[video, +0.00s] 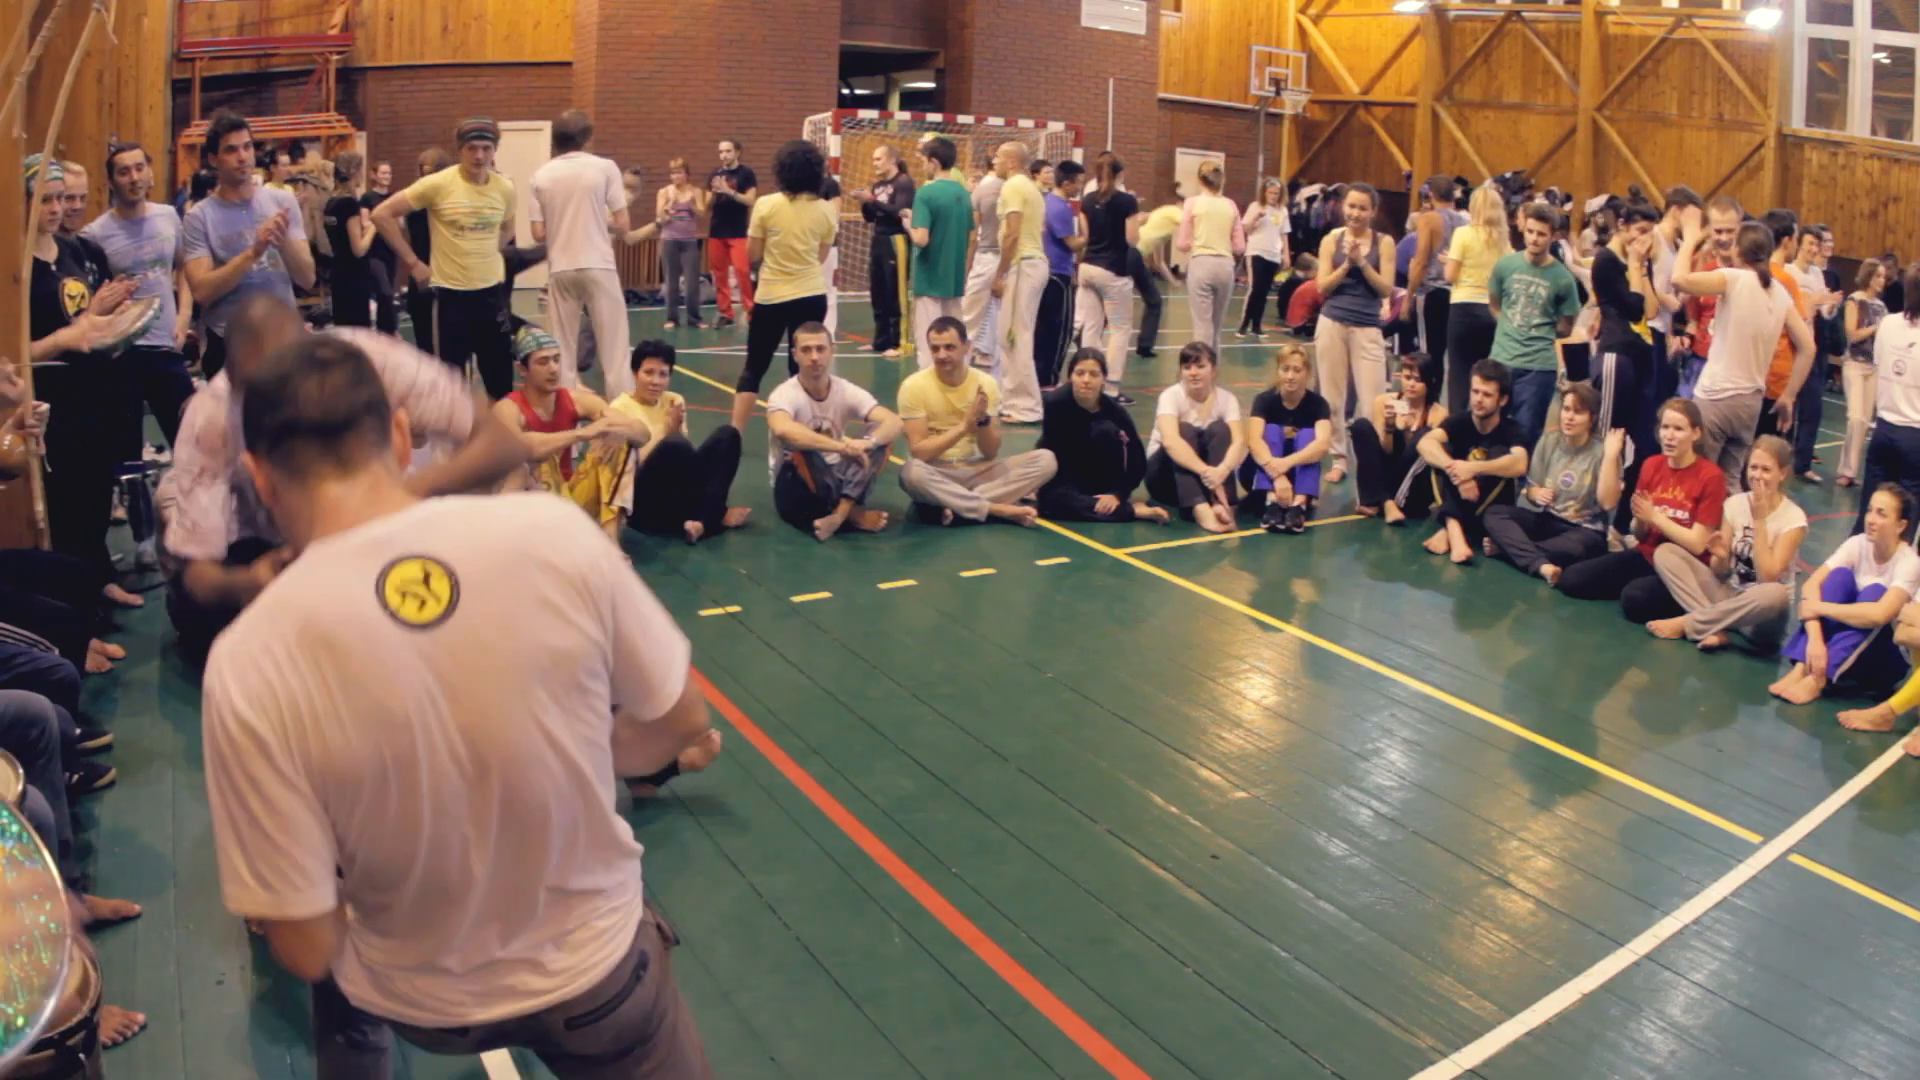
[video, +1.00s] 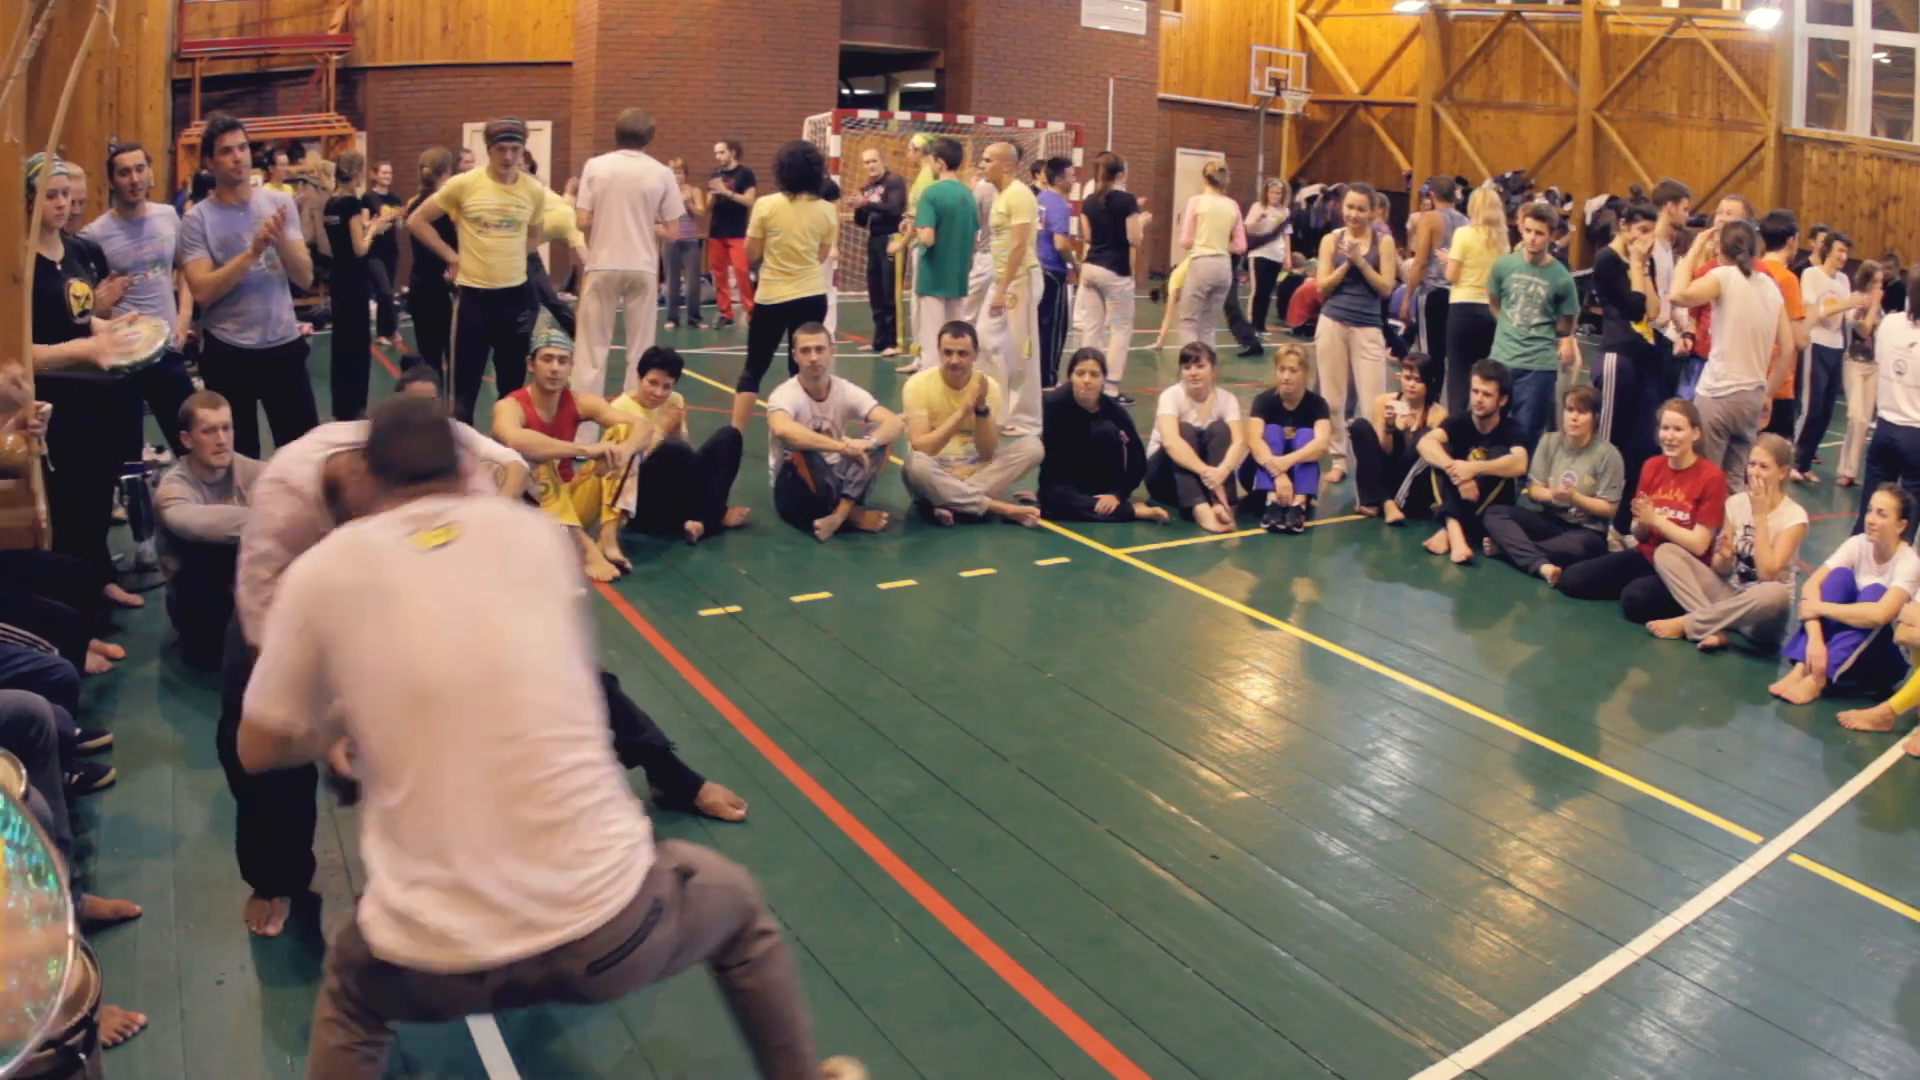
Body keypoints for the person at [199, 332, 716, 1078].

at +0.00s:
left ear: (258, 476)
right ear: (402, 433)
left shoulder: (253, 662)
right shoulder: (554, 533)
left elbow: (306, 953)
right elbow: (674, 720)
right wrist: (552, 755)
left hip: (413, 999)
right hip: (595, 973)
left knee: (337, 975)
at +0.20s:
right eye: (394, 427)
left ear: (231, 489)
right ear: (375, 445)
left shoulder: (231, 683)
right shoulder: (529, 529)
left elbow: (274, 929)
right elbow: (606, 699)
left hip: (418, 997)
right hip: (598, 967)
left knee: (332, 969)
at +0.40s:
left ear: (145, 443)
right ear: (276, 381)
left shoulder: (165, 615)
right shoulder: (406, 446)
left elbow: (186, 751)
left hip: (393, 973)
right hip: (567, 920)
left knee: (298, 963)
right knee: (652, 1068)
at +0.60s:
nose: (271, 469)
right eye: (243, 464)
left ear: (107, 547)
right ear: (213, 478)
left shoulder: (108, 672)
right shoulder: (315, 511)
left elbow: (187, 766)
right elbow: (391, 631)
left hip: (356, 1002)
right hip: (528, 936)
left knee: (272, 993)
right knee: (644, 1010)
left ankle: (285, 1063)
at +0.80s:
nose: (285, 513)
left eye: (285, 493)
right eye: (271, 508)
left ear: (171, 589)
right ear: (263, 523)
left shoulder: (160, 691)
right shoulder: (362, 559)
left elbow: (236, 791)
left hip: (391, 1020)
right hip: (557, 956)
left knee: (297, 970)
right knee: (651, 962)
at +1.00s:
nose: (339, 487)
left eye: (346, 476)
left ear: (363, 476)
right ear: (465, 472)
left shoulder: (320, 573)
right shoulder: (542, 534)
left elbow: (259, 752)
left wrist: (339, 713)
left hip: (427, 960)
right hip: (605, 932)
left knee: (354, 996)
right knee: (735, 902)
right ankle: (802, 1070)